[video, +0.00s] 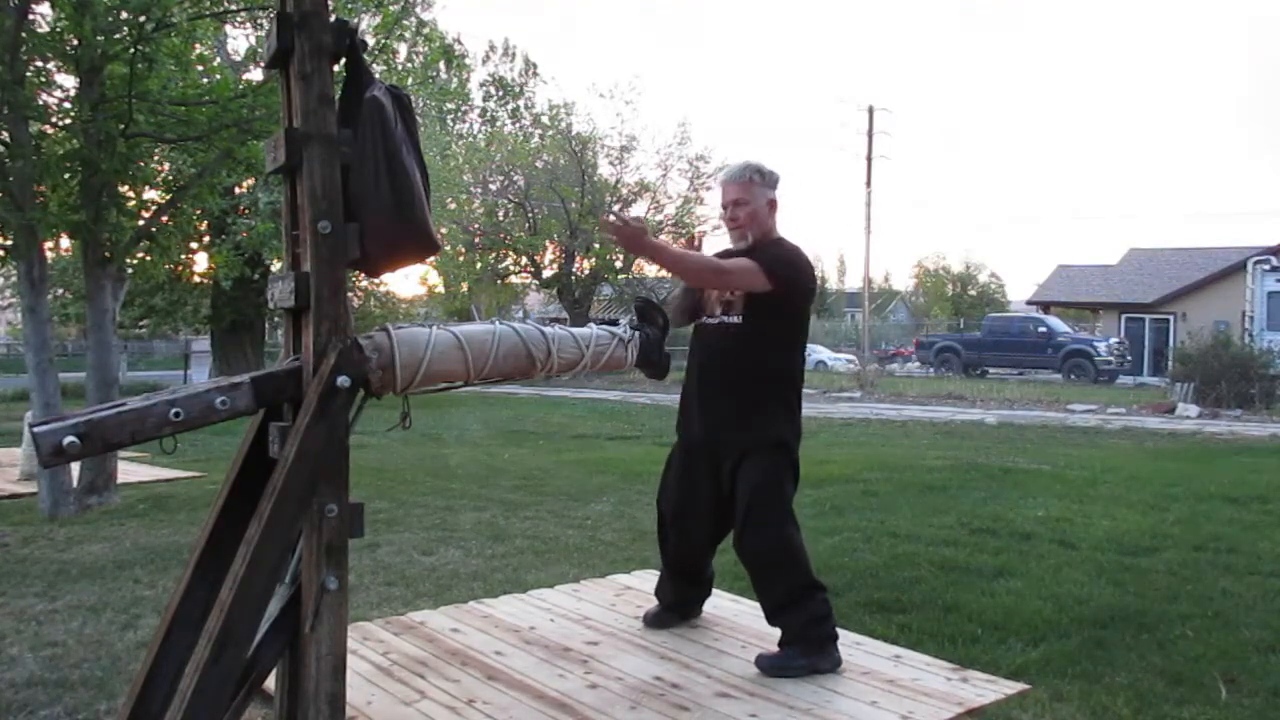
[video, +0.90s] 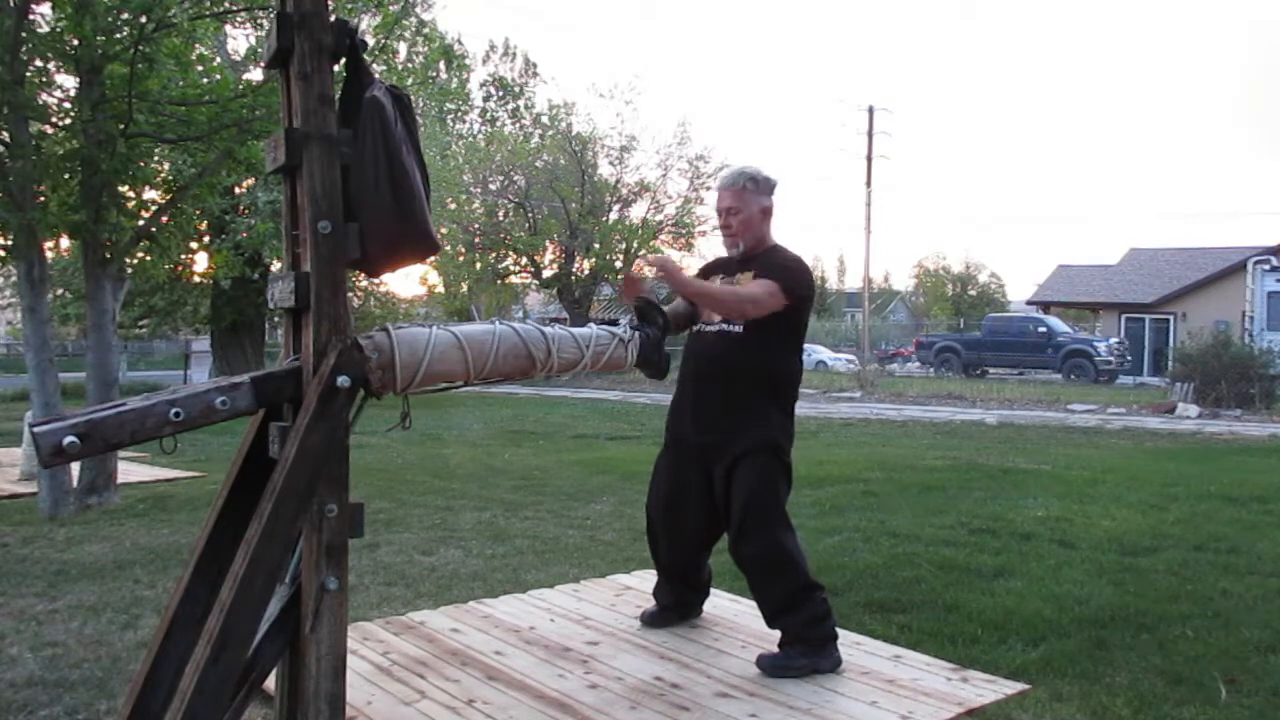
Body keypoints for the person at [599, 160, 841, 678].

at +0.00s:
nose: (732, 215)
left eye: (741, 205)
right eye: (727, 207)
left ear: (770, 205)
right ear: (722, 212)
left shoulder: (787, 262)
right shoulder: (720, 265)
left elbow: (718, 274)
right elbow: (679, 316)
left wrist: (648, 247)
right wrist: (688, 269)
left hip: (763, 428)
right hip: (704, 423)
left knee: (765, 533)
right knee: (681, 511)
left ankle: (813, 643)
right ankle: (681, 599)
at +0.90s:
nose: (726, 222)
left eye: (737, 212)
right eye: (721, 213)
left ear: (767, 212)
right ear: (718, 214)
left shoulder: (787, 270)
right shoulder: (713, 273)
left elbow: (748, 304)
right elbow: (676, 317)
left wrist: (686, 284)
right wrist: (643, 305)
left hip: (754, 429)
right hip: (692, 424)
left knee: (759, 534)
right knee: (671, 513)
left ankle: (813, 641)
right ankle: (680, 598)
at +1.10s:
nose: (720, 221)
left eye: (730, 212)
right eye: (717, 212)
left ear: (763, 212)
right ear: (716, 212)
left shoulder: (788, 271)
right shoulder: (709, 271)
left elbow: (794, 343)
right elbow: (677, 334)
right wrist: (643, 377)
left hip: (756, 421)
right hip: (696, 417)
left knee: (758, 530)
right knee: (672, 508)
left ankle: (812, 642)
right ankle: (681, 598)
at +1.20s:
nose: (719, 221)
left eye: (730, 211)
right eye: (716, 211)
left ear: (763, 211)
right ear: (714, 212)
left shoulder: (789, 271)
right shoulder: (707, 271)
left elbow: (806, 346)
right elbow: (690, 342)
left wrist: (774, 412)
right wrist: (678, 400)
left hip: (759, 419)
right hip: (700, 416)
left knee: (758, 530)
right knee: (672, 509)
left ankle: (813, 642)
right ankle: (679, 598)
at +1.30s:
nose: (720, 219)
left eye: (730, 210)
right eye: (716, 210)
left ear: (764, 211)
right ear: (716, 210)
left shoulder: (792, 270)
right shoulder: (706, 270)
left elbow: (807, 341)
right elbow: (685, 336)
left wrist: (767, 402)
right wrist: (675, 396)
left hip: (763, 423)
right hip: (705, 421)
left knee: (760, 528)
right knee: (674, 508)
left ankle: (813, 642)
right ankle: (680, 598)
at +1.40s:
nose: (722, 219)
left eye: (733, 209)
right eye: (719, 209)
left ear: (767, 211)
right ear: (718, 209)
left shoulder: (793, 268)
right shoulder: (708, 270)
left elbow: (803, 333)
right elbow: (677, 330)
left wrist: (743, 374)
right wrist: (654, 387)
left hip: (770, 423)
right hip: (711, 417)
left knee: (763, 527)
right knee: (677, 507)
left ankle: (814, 642)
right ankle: (681, 597)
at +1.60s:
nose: (726, 215)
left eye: (737, 205)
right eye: (724, 204)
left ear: (770, 206)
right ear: (725, 207)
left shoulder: (797, 262)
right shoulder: (717, 264)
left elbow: (777, 312)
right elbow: (672, 293)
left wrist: (714, 290)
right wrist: (625, 293)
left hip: (772, 424)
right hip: (712, 418)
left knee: (771, 527)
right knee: (685, 507)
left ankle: (816, 640)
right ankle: (683, 596)